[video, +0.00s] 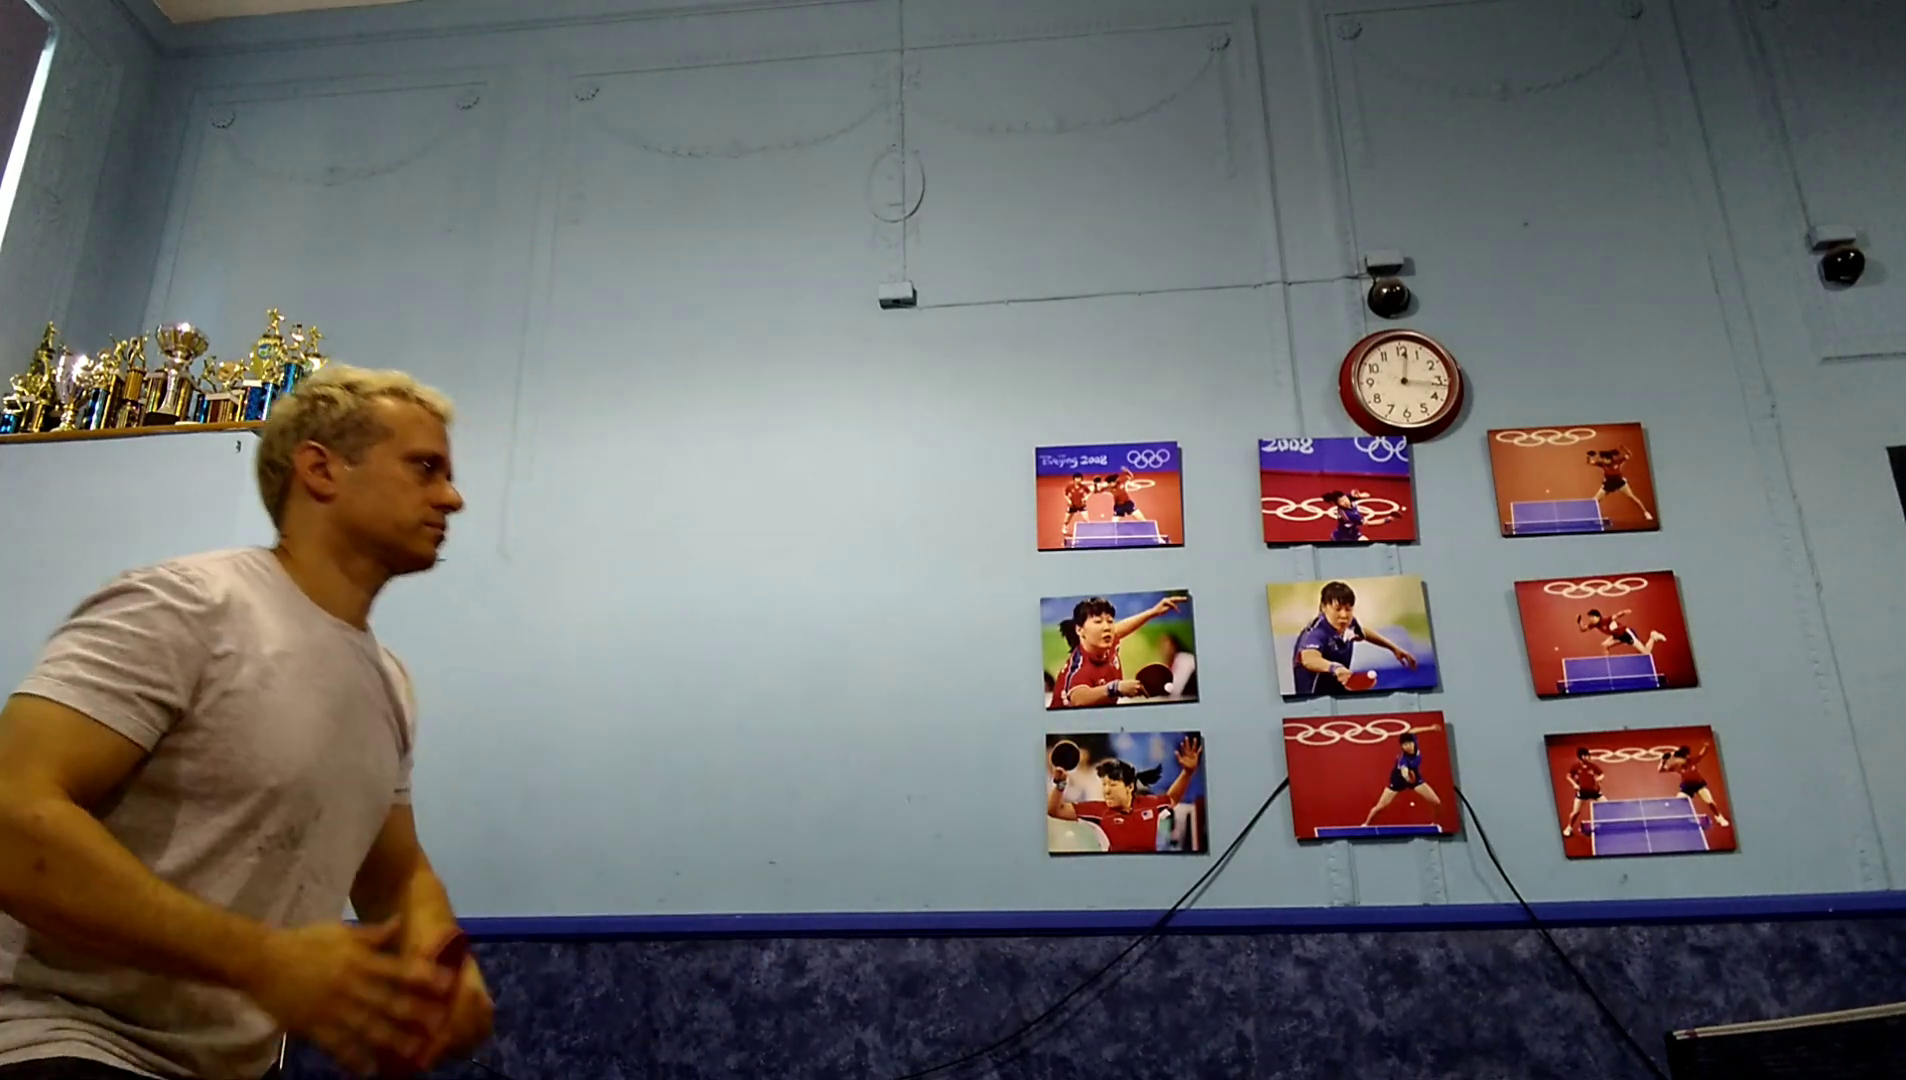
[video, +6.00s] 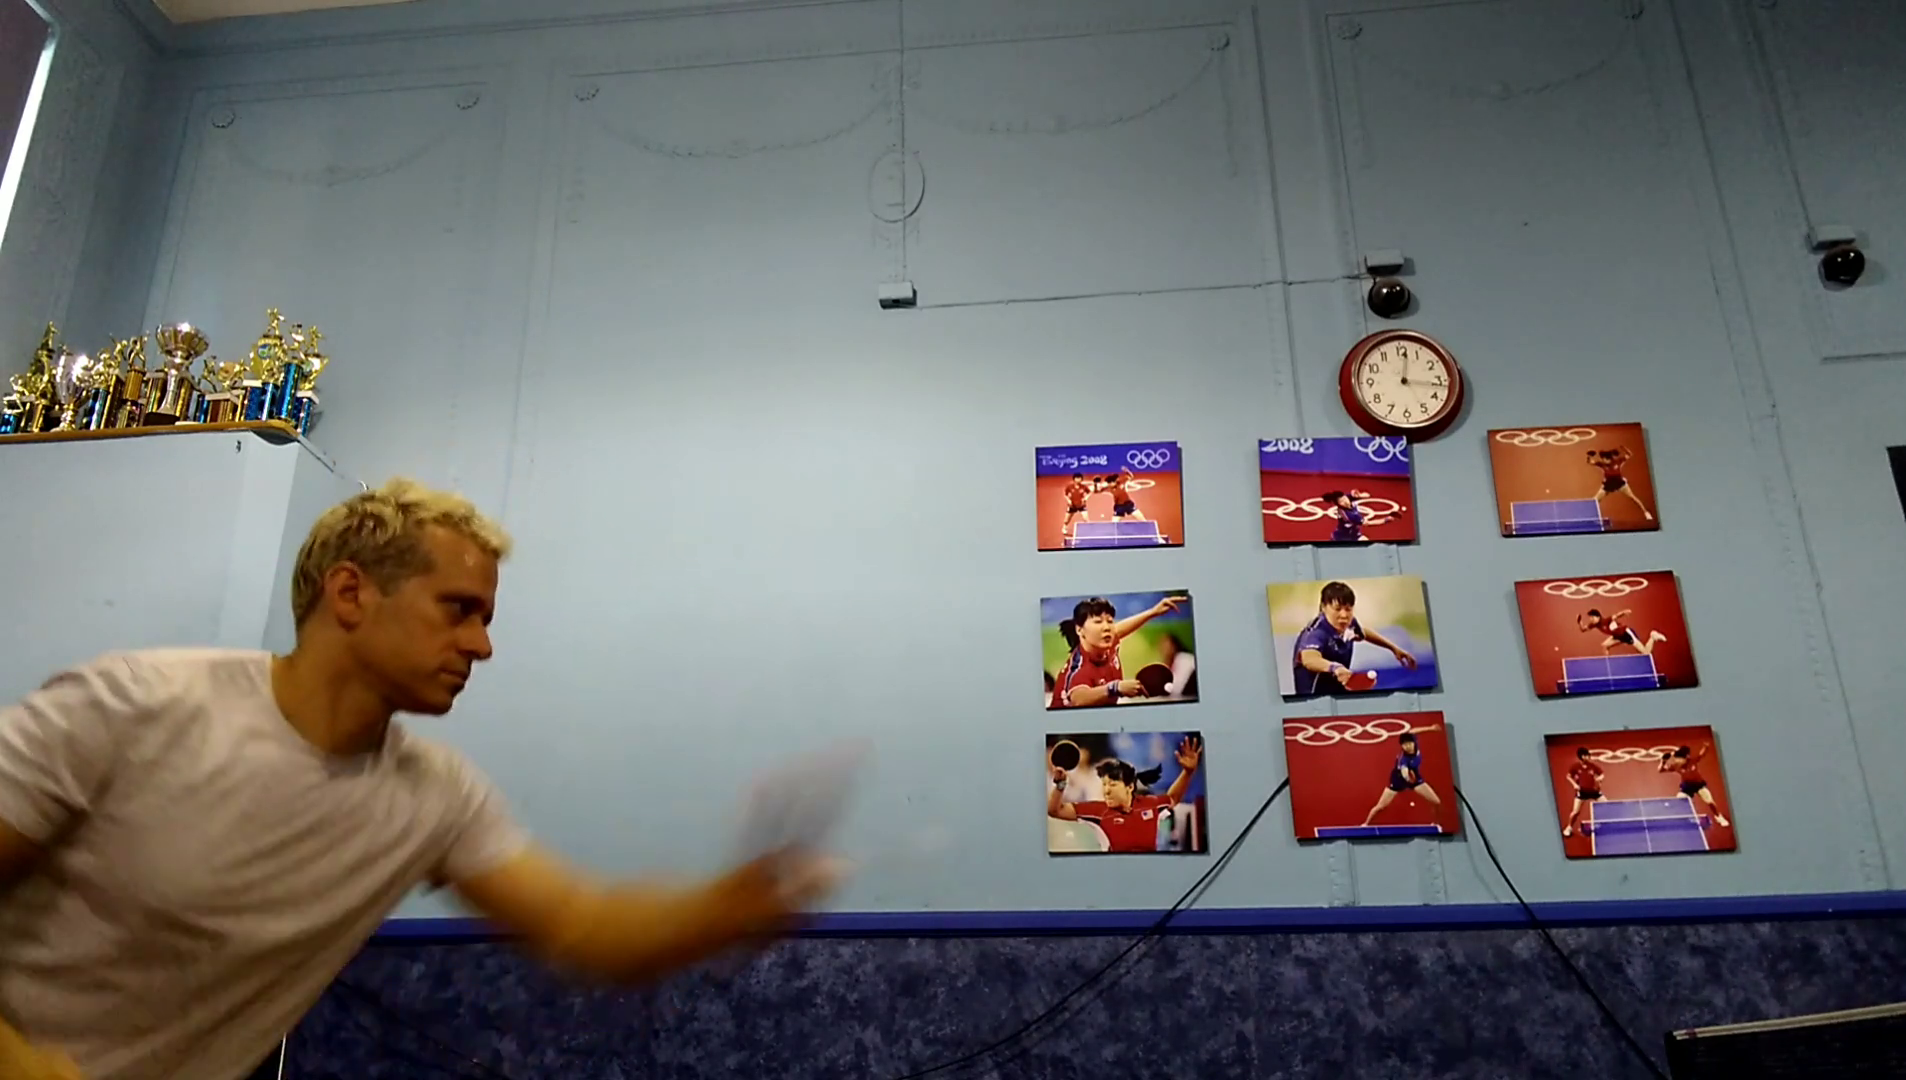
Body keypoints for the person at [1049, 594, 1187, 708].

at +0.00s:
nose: (1107, 628)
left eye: (1110, 622)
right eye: (1098, 622)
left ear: (1114, 626)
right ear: (1080, 630)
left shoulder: (1109, 644)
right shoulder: (1079, 666)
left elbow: (1119, 630)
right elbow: (1078, 698)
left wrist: (1154, 612)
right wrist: (1115, 687)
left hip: (1102, 724)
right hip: (1070, 729)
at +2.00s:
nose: (1107, 628)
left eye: (1110, 622)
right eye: (1098, 622)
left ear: (1114, 626)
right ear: (1080, 630)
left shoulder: (1109, 644)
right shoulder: (1079, 666)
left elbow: (1120, 629)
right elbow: (1078, 698)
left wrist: (1154, 611)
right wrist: (1115, 687)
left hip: (1102, 724)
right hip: (1069, 729)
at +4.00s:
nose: (1107, 628)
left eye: (1110, 622)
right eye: (1098, 622)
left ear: (1114, 626)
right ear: (1080, 630)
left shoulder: (1109, 645)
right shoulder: (1079, 666)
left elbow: (1118, 630)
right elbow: (1078, 698)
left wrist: (1154, 612)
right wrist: (1115, 687)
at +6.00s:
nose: (1107, 628)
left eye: (1109, 622)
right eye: (1098, 622)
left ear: (1114, 626)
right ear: (1080, 630)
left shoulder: (1109, 645)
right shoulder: (1079, 666)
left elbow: (1118, 630)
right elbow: (1078, 698)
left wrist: (1153, 611)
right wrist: (1115, 687)